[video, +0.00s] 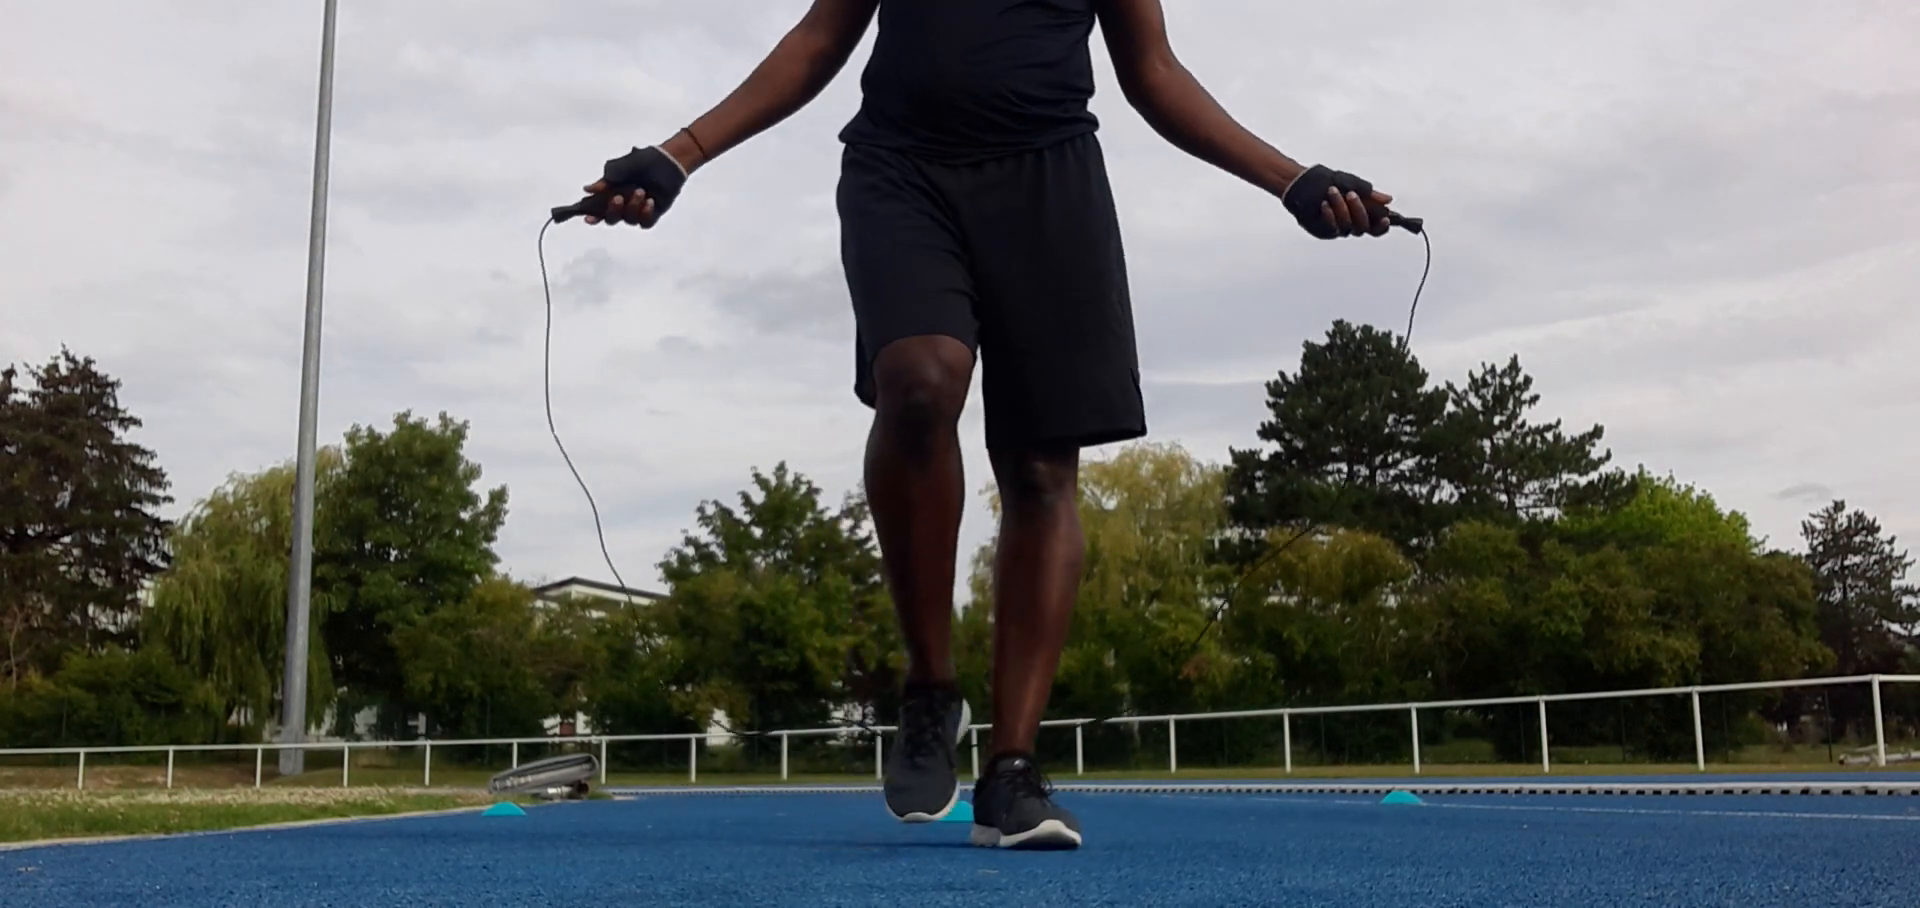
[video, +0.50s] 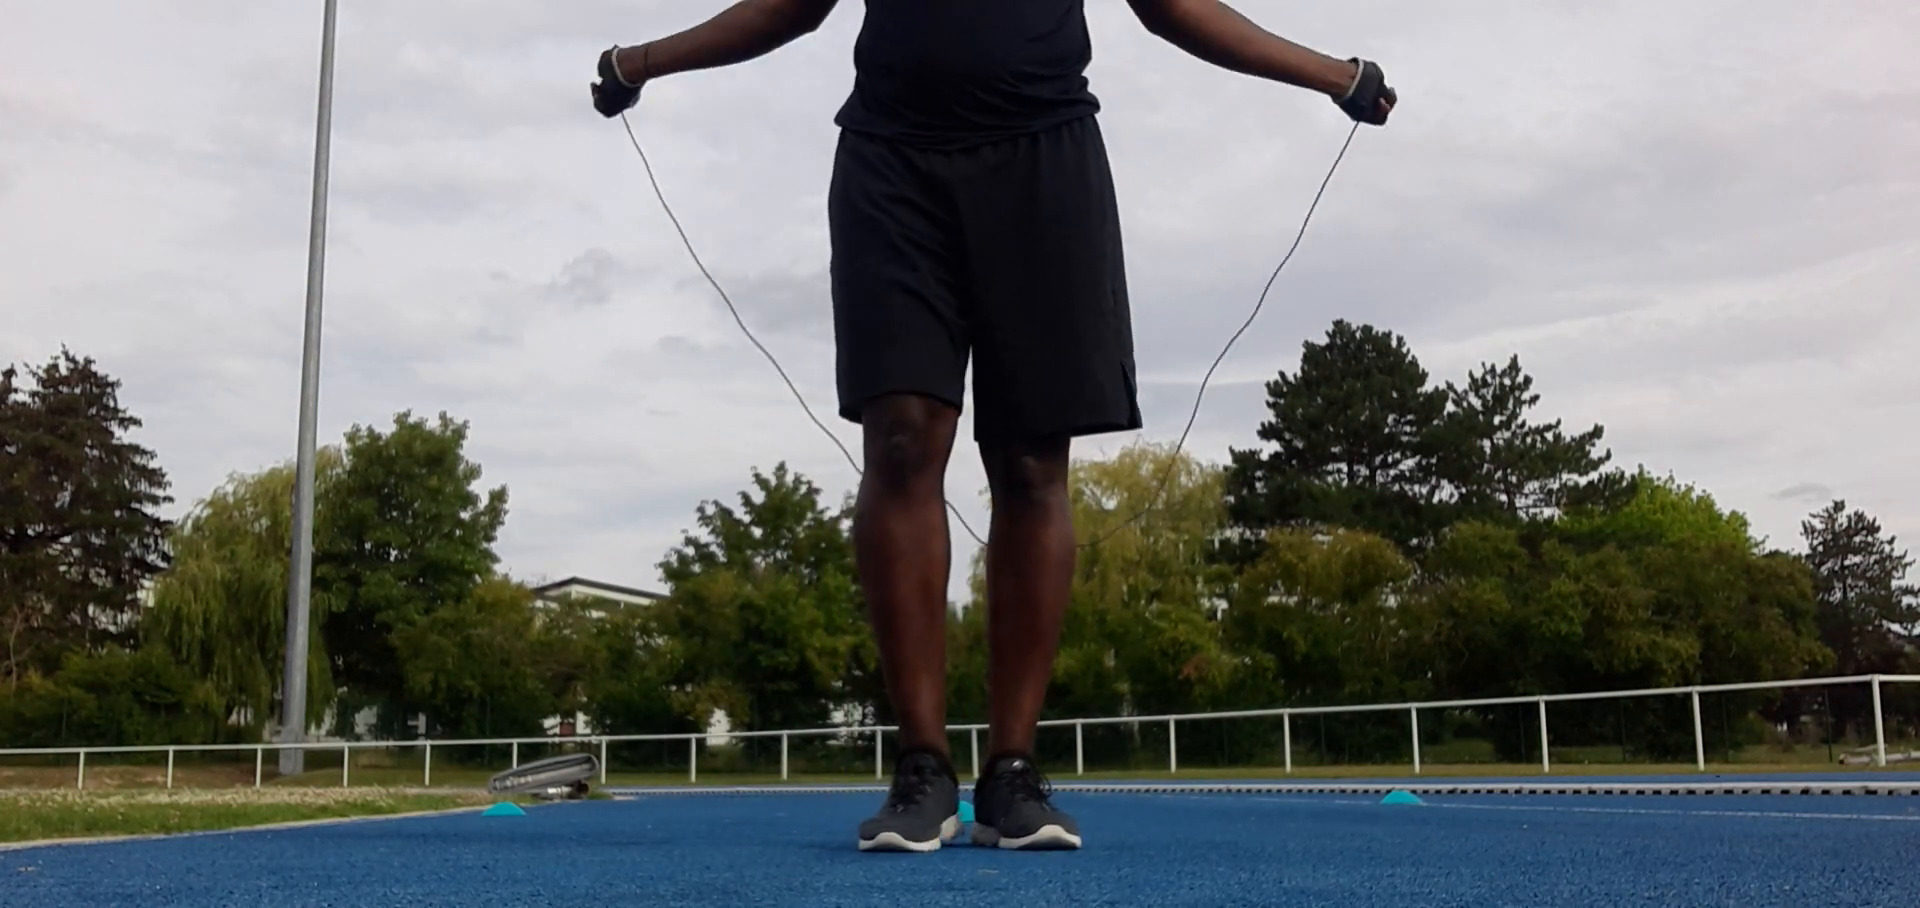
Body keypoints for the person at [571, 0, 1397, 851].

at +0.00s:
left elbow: (1152, 68)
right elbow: (820, 39)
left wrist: (1294, 177)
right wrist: (677, 153)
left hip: (1049, 161)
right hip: (902, 160)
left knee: (1043, 461)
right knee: (923, 380)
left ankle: (1013, 768)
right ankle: (930, 691)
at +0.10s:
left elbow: (1153, 68)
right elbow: (822, 50)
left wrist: (1282, 204)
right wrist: (699, 183)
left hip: (1049, 162)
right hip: (902, 159)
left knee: (1045, 463)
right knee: (918, 386)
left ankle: (1012, 770)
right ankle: (930, 722)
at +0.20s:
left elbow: (1150, 55)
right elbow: (828, 47)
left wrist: (1271, 213)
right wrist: (714, 194)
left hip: (1050, 164)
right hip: (902, 164)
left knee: (1046, 467)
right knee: (916, 395)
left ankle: (1011, 771)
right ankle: (920, 746)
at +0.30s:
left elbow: (1152, 45)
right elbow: (824, 41)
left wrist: (1274, 197)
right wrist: (712, 184)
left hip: (1049, 165)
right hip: (901, 166)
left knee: (1045, 466)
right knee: (913, 411)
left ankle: (1011, 772)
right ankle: (918, 762)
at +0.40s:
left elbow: (1162, 30)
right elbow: (812, 24)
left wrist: (1295, 153)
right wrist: (688, 140)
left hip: (1047, 160)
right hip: (898, 162)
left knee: (1041, 465)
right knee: (907, 430)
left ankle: (1012, 775)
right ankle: (919, 769)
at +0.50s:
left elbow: (1173, 6)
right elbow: (793, 7)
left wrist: (1326, 70)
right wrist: (648, 57)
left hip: (1042, 150)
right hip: (893, 153)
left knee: (1032, 462)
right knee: (902, 442)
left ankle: (1012, 778)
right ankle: (920, 772)